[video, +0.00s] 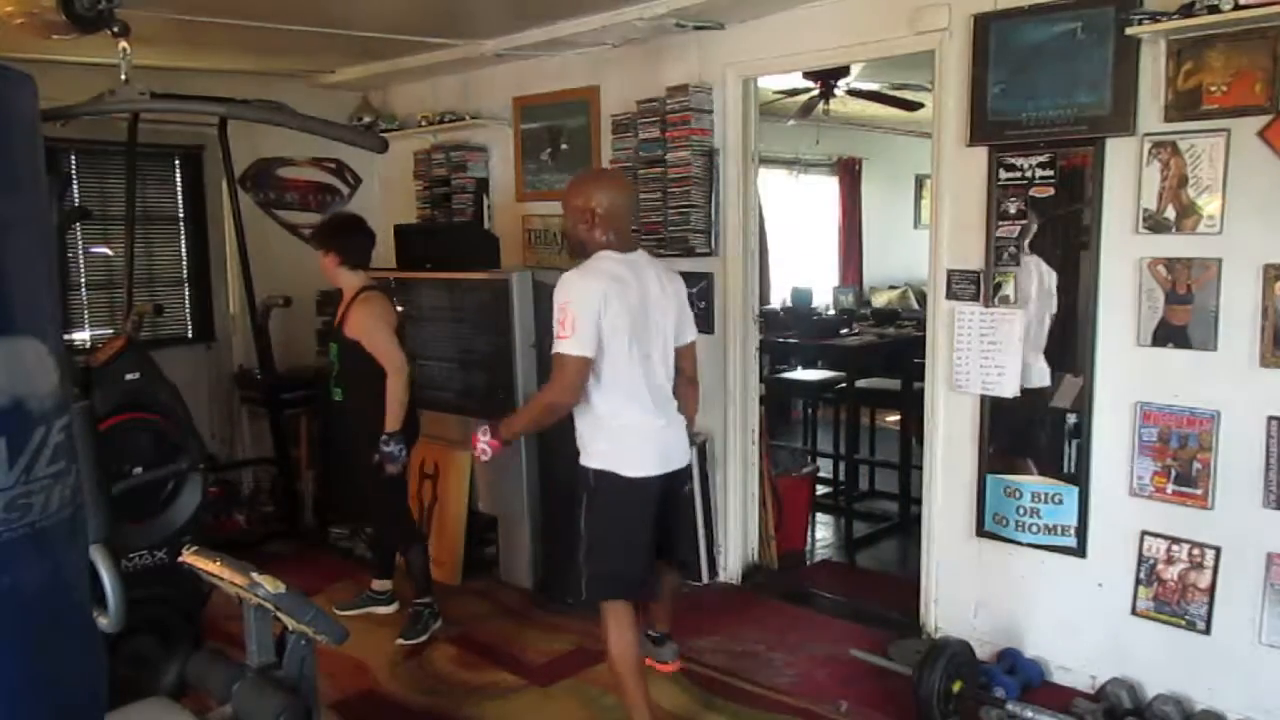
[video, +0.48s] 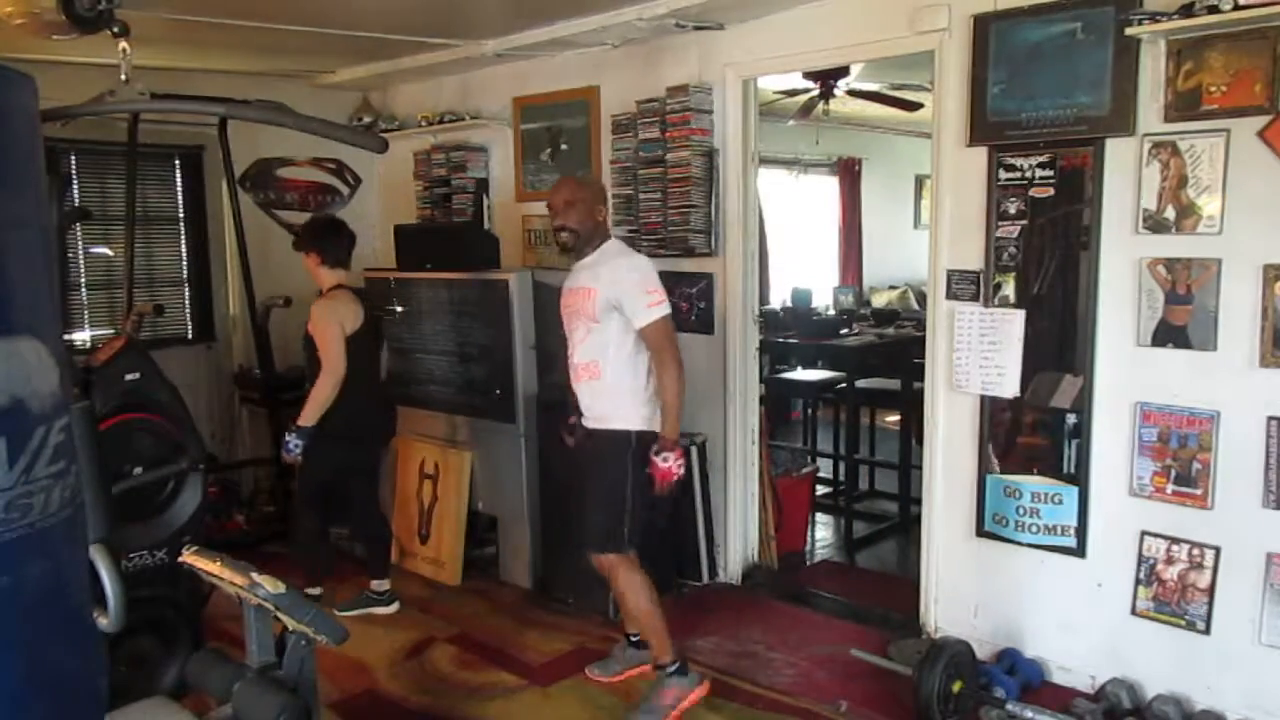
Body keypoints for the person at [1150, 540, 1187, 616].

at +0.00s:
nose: (1173, 554)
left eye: (1176, 552)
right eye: (1171, 551)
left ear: (1180, 553)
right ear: (1167, 552)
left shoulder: (1183, 568)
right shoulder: (1160, 565)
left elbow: (1182, 585)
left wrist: (1174, 602)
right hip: (1160, 599)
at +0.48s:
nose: (1173, 554)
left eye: (1176, 552)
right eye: (1171, 551)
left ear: (1179, 553)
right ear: (1167, 551)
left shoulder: (1183, 567)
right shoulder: (1160, 565)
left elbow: (1181, 586)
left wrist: (1174, 603)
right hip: (1159, 600)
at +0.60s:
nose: (1173, 554)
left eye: (1176, 552)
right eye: (1170, 551)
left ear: (1179, 553)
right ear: (1167, 552)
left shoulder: (1183, 567)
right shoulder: (1161, 564)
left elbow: (1181, 585)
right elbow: (1152, 581)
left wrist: (1174, 602)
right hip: (1159, 599)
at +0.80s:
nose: (1173, 554)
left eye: (1176, 552)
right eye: (1171, 551)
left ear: (1179, 553)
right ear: (1167, 552)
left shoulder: (1183, 567)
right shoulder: (1160, 564)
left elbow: (1182, 585)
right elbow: (1151, 581)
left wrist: (1174, 602)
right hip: (1159, 599)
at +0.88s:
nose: (1172, 554)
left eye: (1176, 552)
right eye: (1170, 551)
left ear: (1179, 553)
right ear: (1167, 551)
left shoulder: (1182, 567)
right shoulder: (1160, 565)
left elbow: (1180, 585)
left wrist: (1173, 603)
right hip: (1159, 599)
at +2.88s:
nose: (1173, 554)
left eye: (1176, 552)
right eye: (1171, 551)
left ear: (1179, 553)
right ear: (1167, 552)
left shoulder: (1181, 568)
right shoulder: (1160, 566)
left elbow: (1180, 586)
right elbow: (1154, 581)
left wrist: (1173, 603)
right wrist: (1151, 595)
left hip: (1173, 601)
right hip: (1159, 599)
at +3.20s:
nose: (1173, 554)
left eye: (1176, 552)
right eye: (1171, 551)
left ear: (1179, 553)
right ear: (1167, 551)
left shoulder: (1182, 568)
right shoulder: (1160, 566)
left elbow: (1180, 586)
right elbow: (1154, 581)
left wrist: (1173, 602)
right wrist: (1151, 595)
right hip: (1160, 599)